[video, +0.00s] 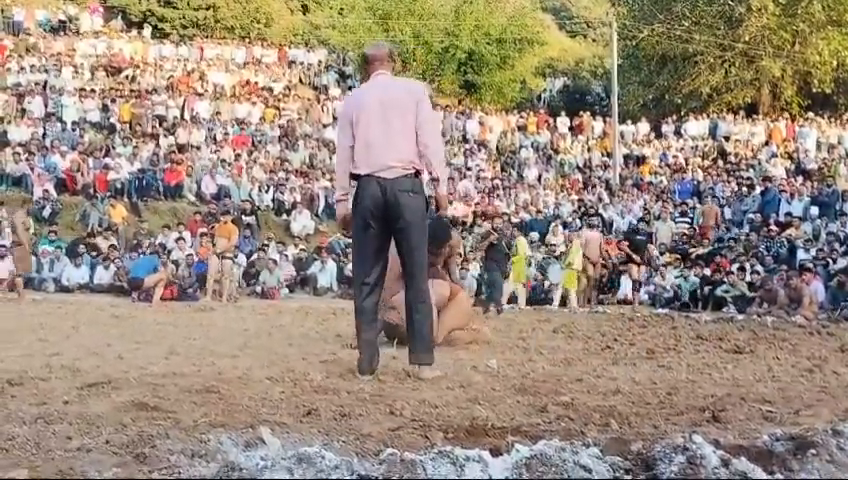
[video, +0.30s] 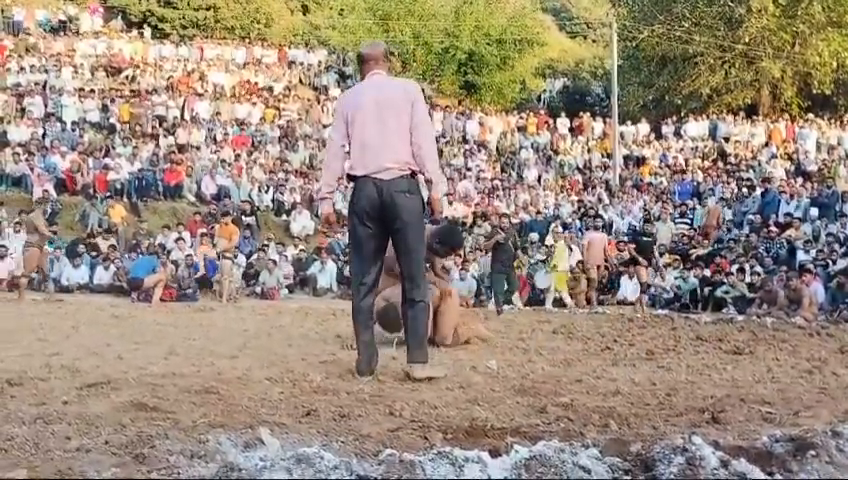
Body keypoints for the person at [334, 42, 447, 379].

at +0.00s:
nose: (382, 67)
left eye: (375, 62)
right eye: (389, 61)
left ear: (365, 68)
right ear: (393, 63)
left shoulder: (351, 99)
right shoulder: (416, 90)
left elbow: (343, 152)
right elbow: (429, 141)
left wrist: (342, 198)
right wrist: (441, 185)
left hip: (366, 191)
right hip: (407, 188)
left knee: (366, 279)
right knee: (416, 277)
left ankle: (367, 363)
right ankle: (422, 359)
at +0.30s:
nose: (380, 66)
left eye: (369, 62)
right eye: (384, 60)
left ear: (360, 66)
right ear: (387, 62)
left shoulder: (347, 99)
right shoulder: (409, 89)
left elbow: (336, 149)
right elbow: (423, 141)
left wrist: (326, 195)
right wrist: (436, 187)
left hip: (363, 191)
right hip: (403, 187)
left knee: (363, 279)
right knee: (414, 278)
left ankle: (365, 362)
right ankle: (417, 360)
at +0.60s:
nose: (389, 65)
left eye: (378, 60)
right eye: (396, 59)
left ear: (371, 63)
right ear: (398, 61)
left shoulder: (356, 98)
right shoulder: (419, 90)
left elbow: (346, 151)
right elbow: (431, 143)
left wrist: (346, 197)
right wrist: (442, 189)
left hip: (369, 192)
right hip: (409, 189)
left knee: (367, 280)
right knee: (415, 279)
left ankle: (366, 364)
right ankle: (416, 365)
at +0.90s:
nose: (404, 64)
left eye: (392, 58)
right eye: (409, 60)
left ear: (383, 61)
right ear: (411, 61)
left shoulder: (363, 95)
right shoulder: (426, 91)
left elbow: (355, 145)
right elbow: (437, 145)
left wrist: (357, 186)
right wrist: (448, 194)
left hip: (375, 190)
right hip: (415, 188)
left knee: (369, 278)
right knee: (419, 277)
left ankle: (366, 363)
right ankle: (419, 364)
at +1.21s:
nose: (406, 65)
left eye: (395, 59)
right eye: (412, 60)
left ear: (386, 61)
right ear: (415, 61)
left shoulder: (364, 94)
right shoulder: (428, 91)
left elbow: (354, 146)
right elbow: (437, 148)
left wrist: (354, 191)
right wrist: (447, 198)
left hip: (374, 191)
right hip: (415, 190)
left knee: (368, 281)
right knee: (419, 278)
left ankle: (365, 365)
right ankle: (417, 364)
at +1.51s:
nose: (408, 67)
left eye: (392, 61)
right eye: (412, 62)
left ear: (384, 62)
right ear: (414, 63)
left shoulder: (362, 95)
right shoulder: (425, 94)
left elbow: (352, 147)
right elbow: (434, 150)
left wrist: (349, 192)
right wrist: (442, 199)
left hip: (371, 191)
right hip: (412, 191)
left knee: (366, 280)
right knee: (415, 278)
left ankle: (362, 365)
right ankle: (414, 365)